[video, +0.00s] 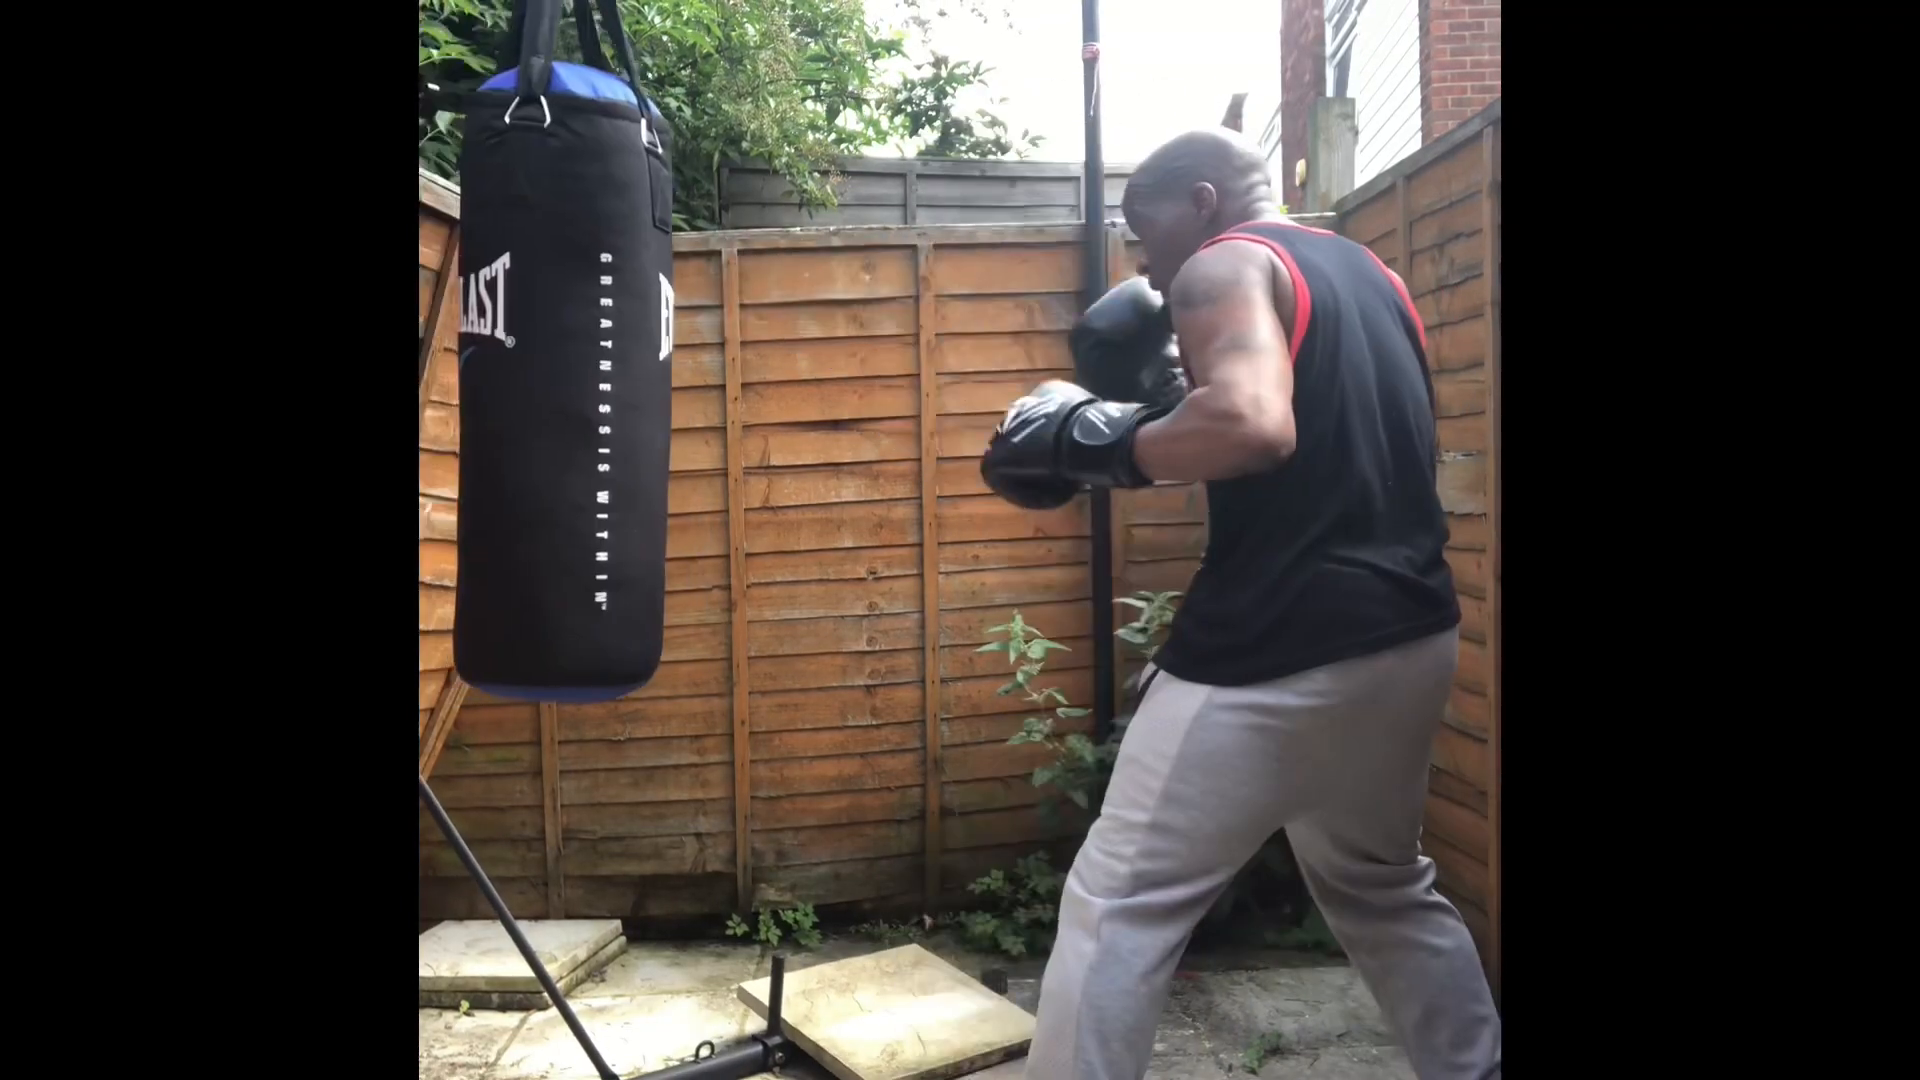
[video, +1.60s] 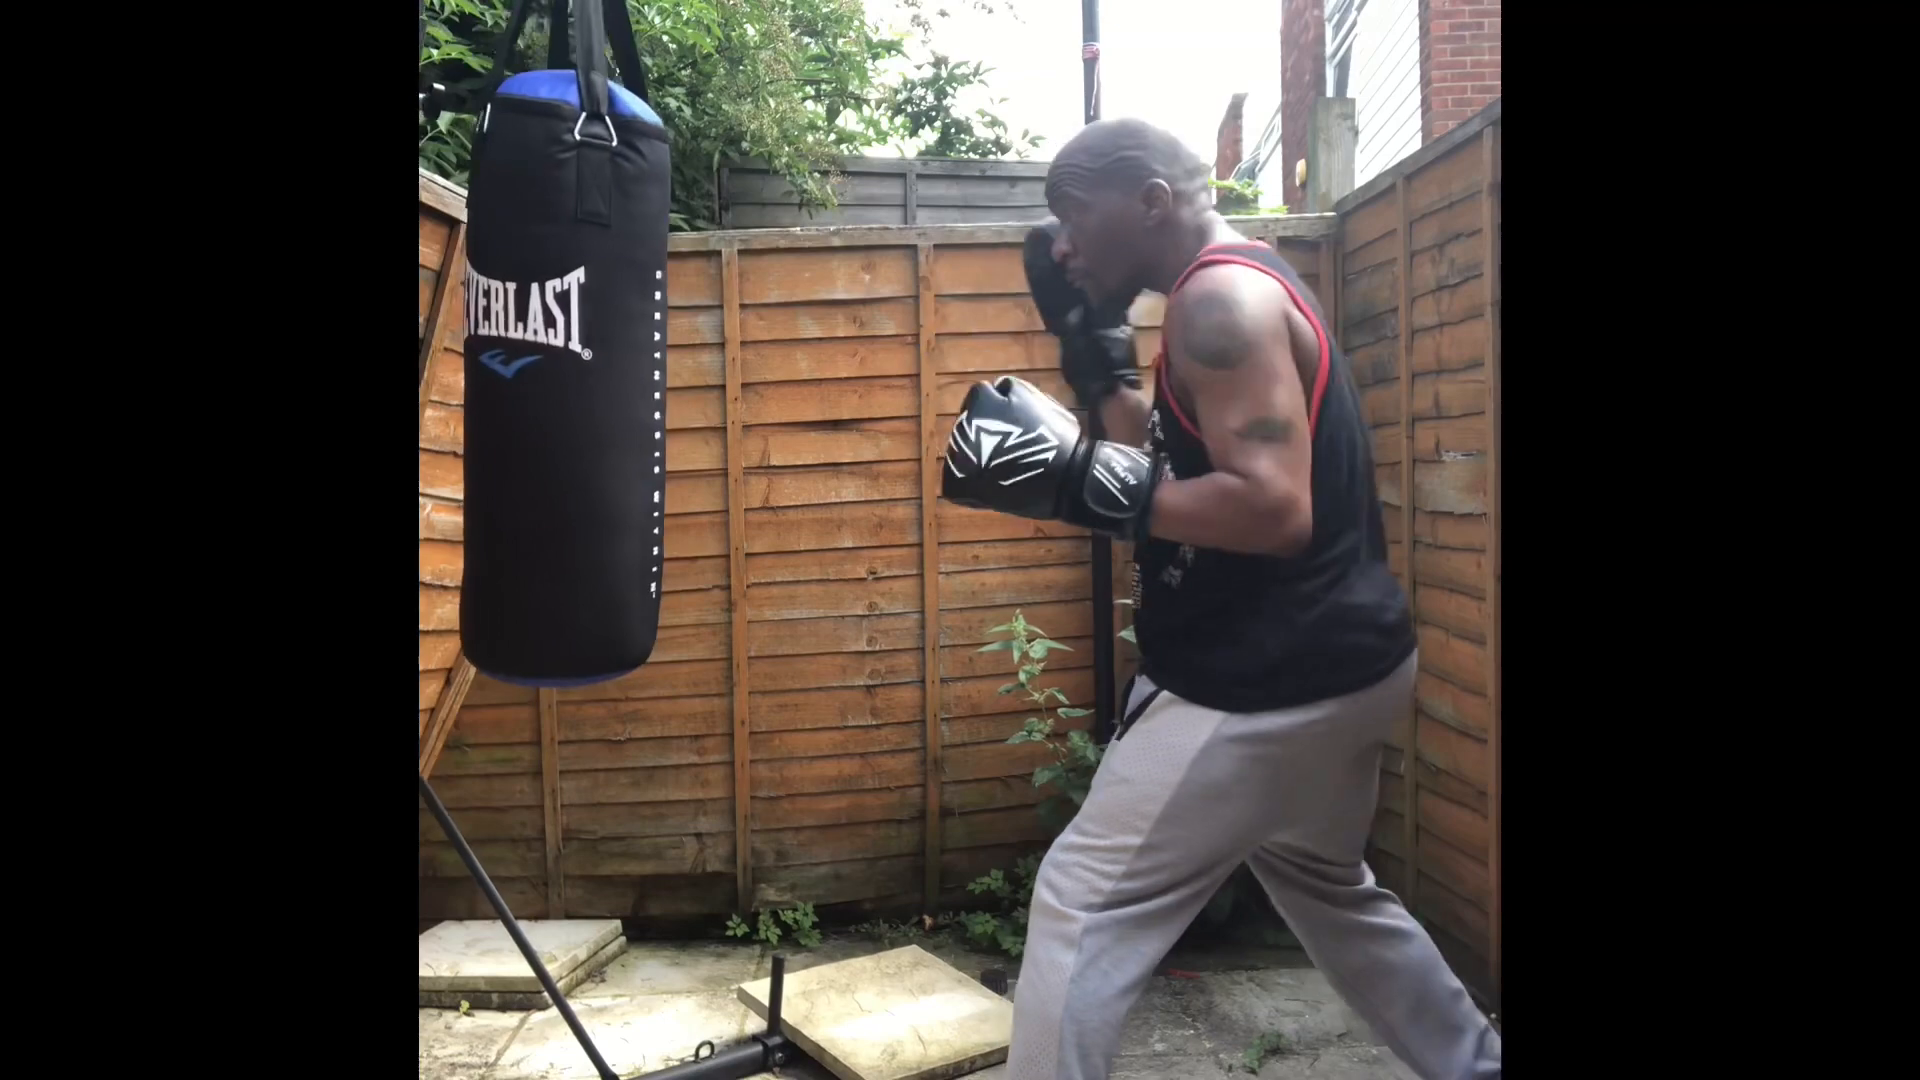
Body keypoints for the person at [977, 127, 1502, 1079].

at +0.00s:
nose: (1142, 260)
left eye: (1144, 233)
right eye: (1135, 238)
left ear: (1206, 204)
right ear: (1241, 201)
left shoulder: (1225, 266)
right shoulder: (1371, 271)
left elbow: (1252, 422)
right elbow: (1358, 410)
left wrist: (1097, 439)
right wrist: (1185, 360)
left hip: (1270, 647)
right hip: (1410, 638)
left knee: (1116, 908)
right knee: (1381, 882)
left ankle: (1068, 1071)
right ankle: (1476, 1066)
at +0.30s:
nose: (1098, 236)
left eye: (1101, 207)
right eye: (1086, 216)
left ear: (1162, 179)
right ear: (1181, 181)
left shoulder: (1230, 279)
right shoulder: (1283, 259)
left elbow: (1146, 494)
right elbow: (1255, 473)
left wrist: (1063, 339)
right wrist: (1102, 492)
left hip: (1267, 657)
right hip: (1372, 631)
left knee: (1100, 913)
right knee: (1362, 886)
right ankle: (1472, 1066)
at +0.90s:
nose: (1094, 213)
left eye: (1101, 187)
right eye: (1091, 189)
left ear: (1165, 173)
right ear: (1209, 176)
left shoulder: (1180, 254)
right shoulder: (1325, 257)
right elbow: (1279, 405)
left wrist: (1006, 332)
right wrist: (1132, 400)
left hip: (1232, 649)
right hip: (1379, 626)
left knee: (1079, 892)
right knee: (1388, 879)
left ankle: (1042, 1070)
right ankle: (1479, 1062)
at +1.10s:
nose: (1055, 273)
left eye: (1060, 253)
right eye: (1055, 256)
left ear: (1102, 226)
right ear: (1171, 204)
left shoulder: (1129, 249)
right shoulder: (1300, 283)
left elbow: (940, 335)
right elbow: (1234, 460)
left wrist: (833, 265)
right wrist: (1095, 415)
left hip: (1218, 675)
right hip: (1371, 655)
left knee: (1048, 900)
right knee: (1365, 877)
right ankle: (1480, 1056)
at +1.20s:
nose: (1056, 262)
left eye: (1061, 233)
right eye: (1049, 240)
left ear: (1129, 210)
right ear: (1156, 210)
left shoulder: (1175, 278)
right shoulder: (1261, 277)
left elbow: (1065, 471)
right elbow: (1167, 432)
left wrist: (968, 345)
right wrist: (1050, 366)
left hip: (1234, 676)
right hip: (1351, 654)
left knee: (1049, 895)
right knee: (1333, 887)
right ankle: (1470, 1065)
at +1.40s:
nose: (1061, 280)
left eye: (1068, 248)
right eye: (1049, 258)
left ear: (1143, 209)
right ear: (1135, 218)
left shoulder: (1266, 328)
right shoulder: (1138, 330)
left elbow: (1202, 549)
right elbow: (1108, 498)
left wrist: (1082, 405)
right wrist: (992, 463)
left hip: (1265, 683)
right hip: (1225, 672)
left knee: (1061, 895)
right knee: (1298, 908)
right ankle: (1468, 1064)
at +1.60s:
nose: (1060, 241)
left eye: (1069, 214)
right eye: (1054, 219)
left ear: (1150, 200)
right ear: (1161, 205)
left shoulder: (1219, 297)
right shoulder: (1232, 283)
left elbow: (1272, 509)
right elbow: (1160, 483)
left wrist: (1096, 483)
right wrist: (1093, 342)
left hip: (1256, 680)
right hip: (1340, 662)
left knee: (1083, 901)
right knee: (1326, 883)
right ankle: (1473, 1062)